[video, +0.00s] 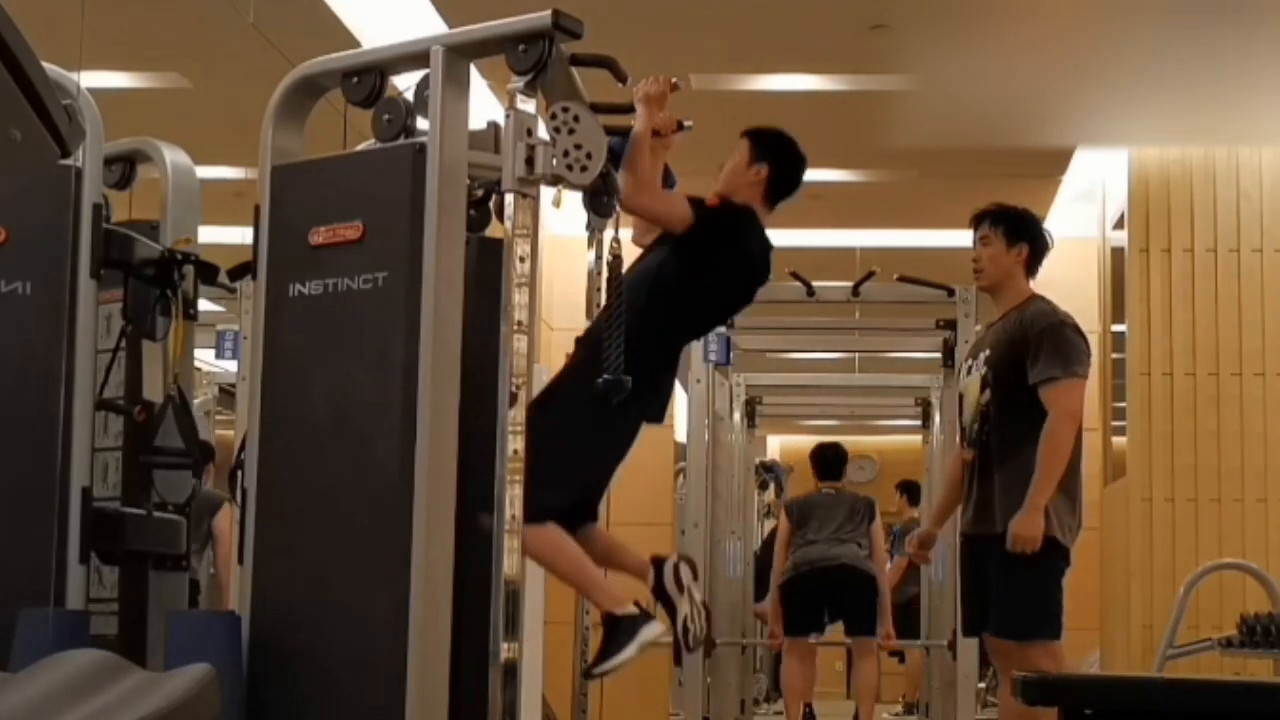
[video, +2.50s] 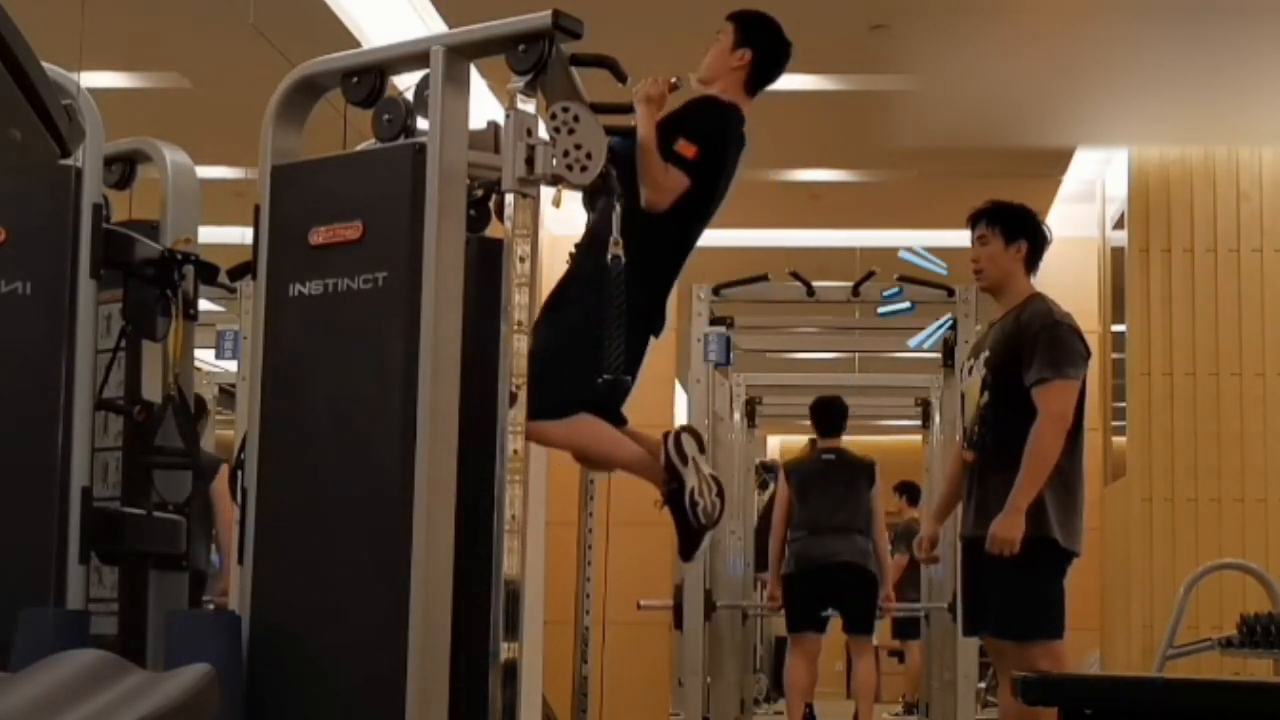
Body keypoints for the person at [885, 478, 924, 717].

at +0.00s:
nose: (894, 501)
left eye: (896, 496)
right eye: (896, 496)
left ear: (903, 498)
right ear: (915, 498)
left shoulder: (906, 526)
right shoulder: (916, 523)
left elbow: (901, 560)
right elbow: (903, 559)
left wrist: (884, 587)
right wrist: (890, 583)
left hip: (909, 592)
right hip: (916, 590)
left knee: (912, 647)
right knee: (914, 647)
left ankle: (910, 702)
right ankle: (914, 700)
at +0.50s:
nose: (894, 500)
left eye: (896, 496)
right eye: (895, 496)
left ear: (903, 497)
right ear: (912, 498)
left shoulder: (911, 523)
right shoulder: (910, 521)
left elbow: (900, 558)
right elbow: (901, 556)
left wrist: (884, 582)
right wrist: (887, 578)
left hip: (911, 590)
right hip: (908, 590)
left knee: (911, 647)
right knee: (909, 647)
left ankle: (911, 700)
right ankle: (912, 699)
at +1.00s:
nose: (891, 503)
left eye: (893, 498)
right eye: (893, 498)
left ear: (901, 499)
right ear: (913, 500)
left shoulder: (906, 527)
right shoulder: (915, 524)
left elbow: (901, 561)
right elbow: (903, 561)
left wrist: (887, 589)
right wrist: (891, 587)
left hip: (908, 593)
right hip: (914, 591)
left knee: (910, 647)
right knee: (912, 647)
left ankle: (911, 700)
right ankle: (913, 698)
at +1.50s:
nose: (891, 504)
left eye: (893, 500)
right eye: (892, 500)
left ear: (901, 500)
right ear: (911, 500)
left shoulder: (907, 526)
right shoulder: (912, 524)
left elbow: (901, 560)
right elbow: (902, 558)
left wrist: (888, 578)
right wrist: (891, 575)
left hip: (907, 590)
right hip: (911, 589)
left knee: (910, 647)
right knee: (911, 647)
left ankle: (911, 700)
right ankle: (912, 699)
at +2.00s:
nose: (892, 503)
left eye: (894, 498)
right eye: (892, 498)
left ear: (904, 499)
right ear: (911, 499)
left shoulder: (909, 525)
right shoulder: (909, 524)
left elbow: (899, 557)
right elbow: (901, 556)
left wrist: (888, 577)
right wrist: (890, 576)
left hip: (908, 590)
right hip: (909, 588)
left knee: (911, 646)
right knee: (911, 647)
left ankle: (911, 700)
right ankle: (913, 699)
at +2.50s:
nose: (893, 502)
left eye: (896, 497)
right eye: (894, 497)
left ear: (903, 499)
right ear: (914, 499)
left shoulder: (907, 526)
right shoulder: (917, 524)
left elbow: (900, 559)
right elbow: (904, 559)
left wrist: (888, 585)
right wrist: (893, 584)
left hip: (909, 593)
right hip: (916, 592)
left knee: (911, 648)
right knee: (913, 648)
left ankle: (911, 700)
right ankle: (913, 699)